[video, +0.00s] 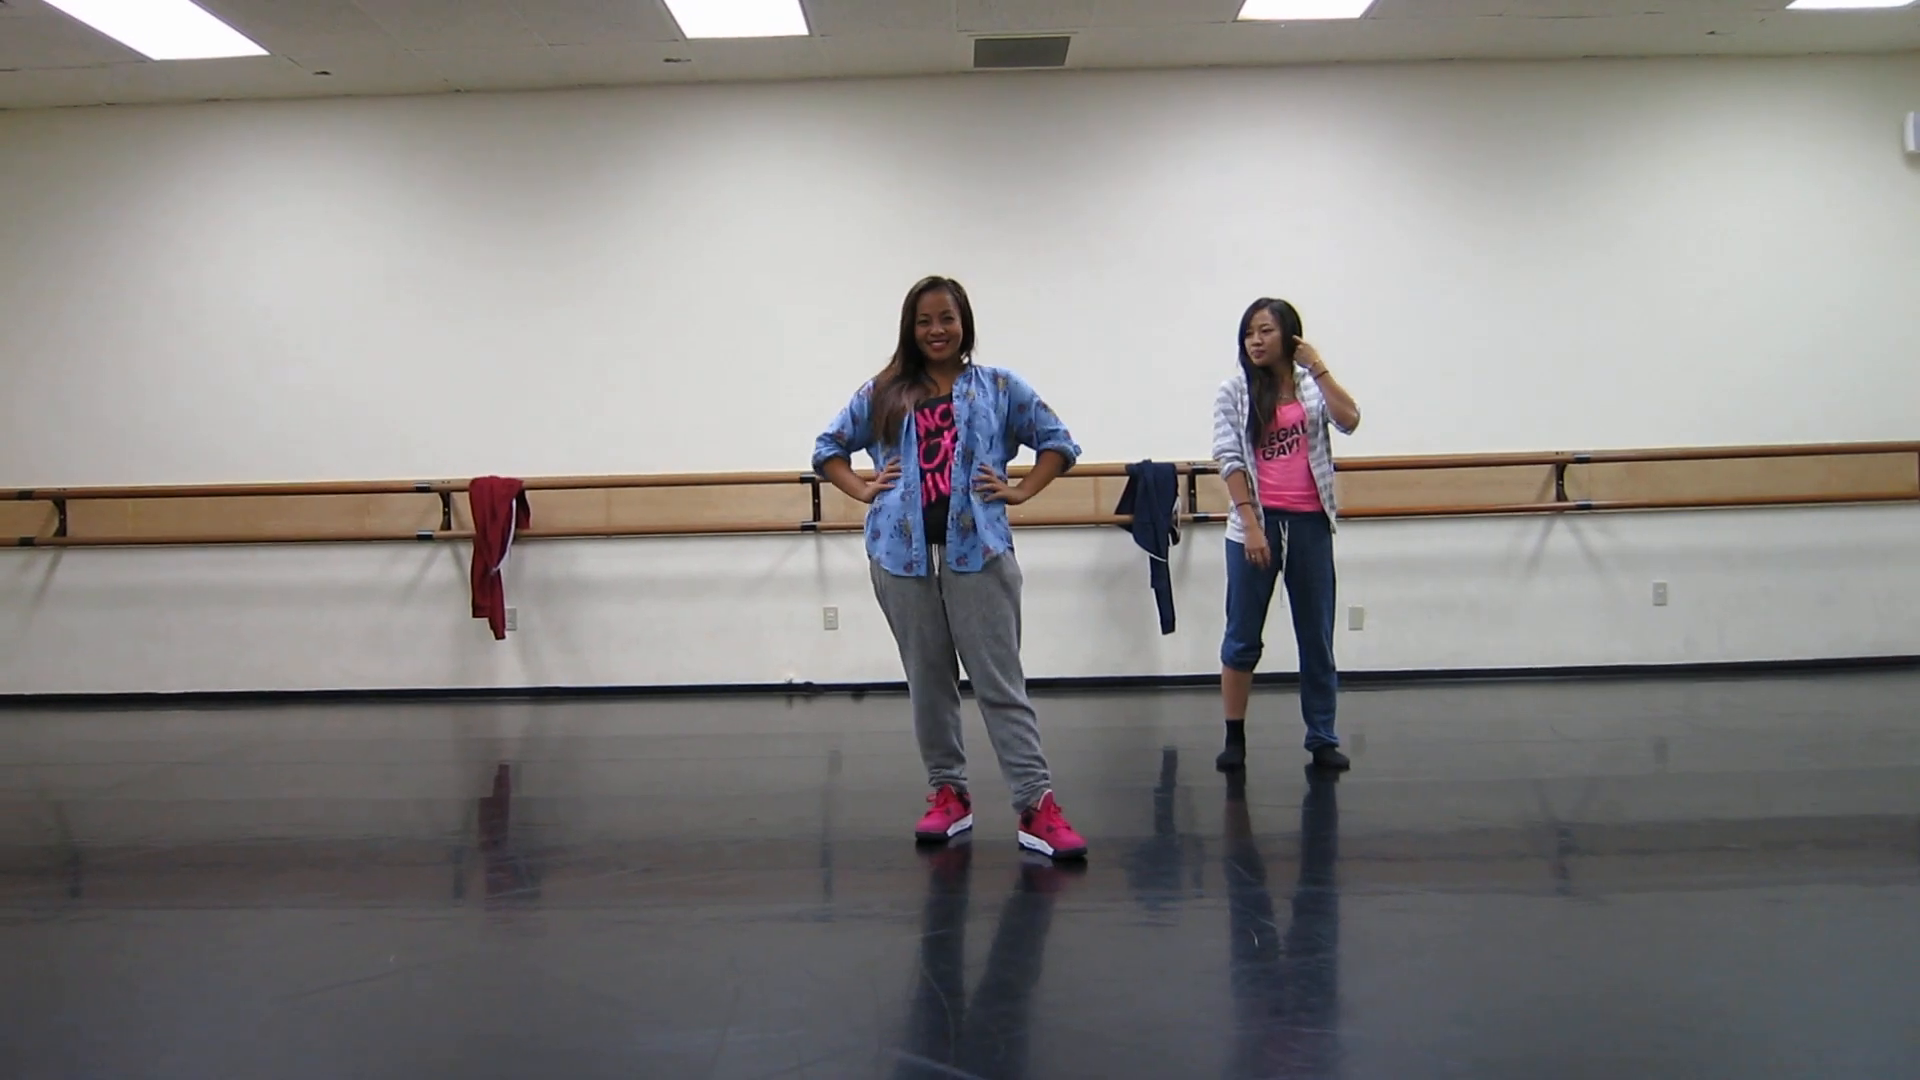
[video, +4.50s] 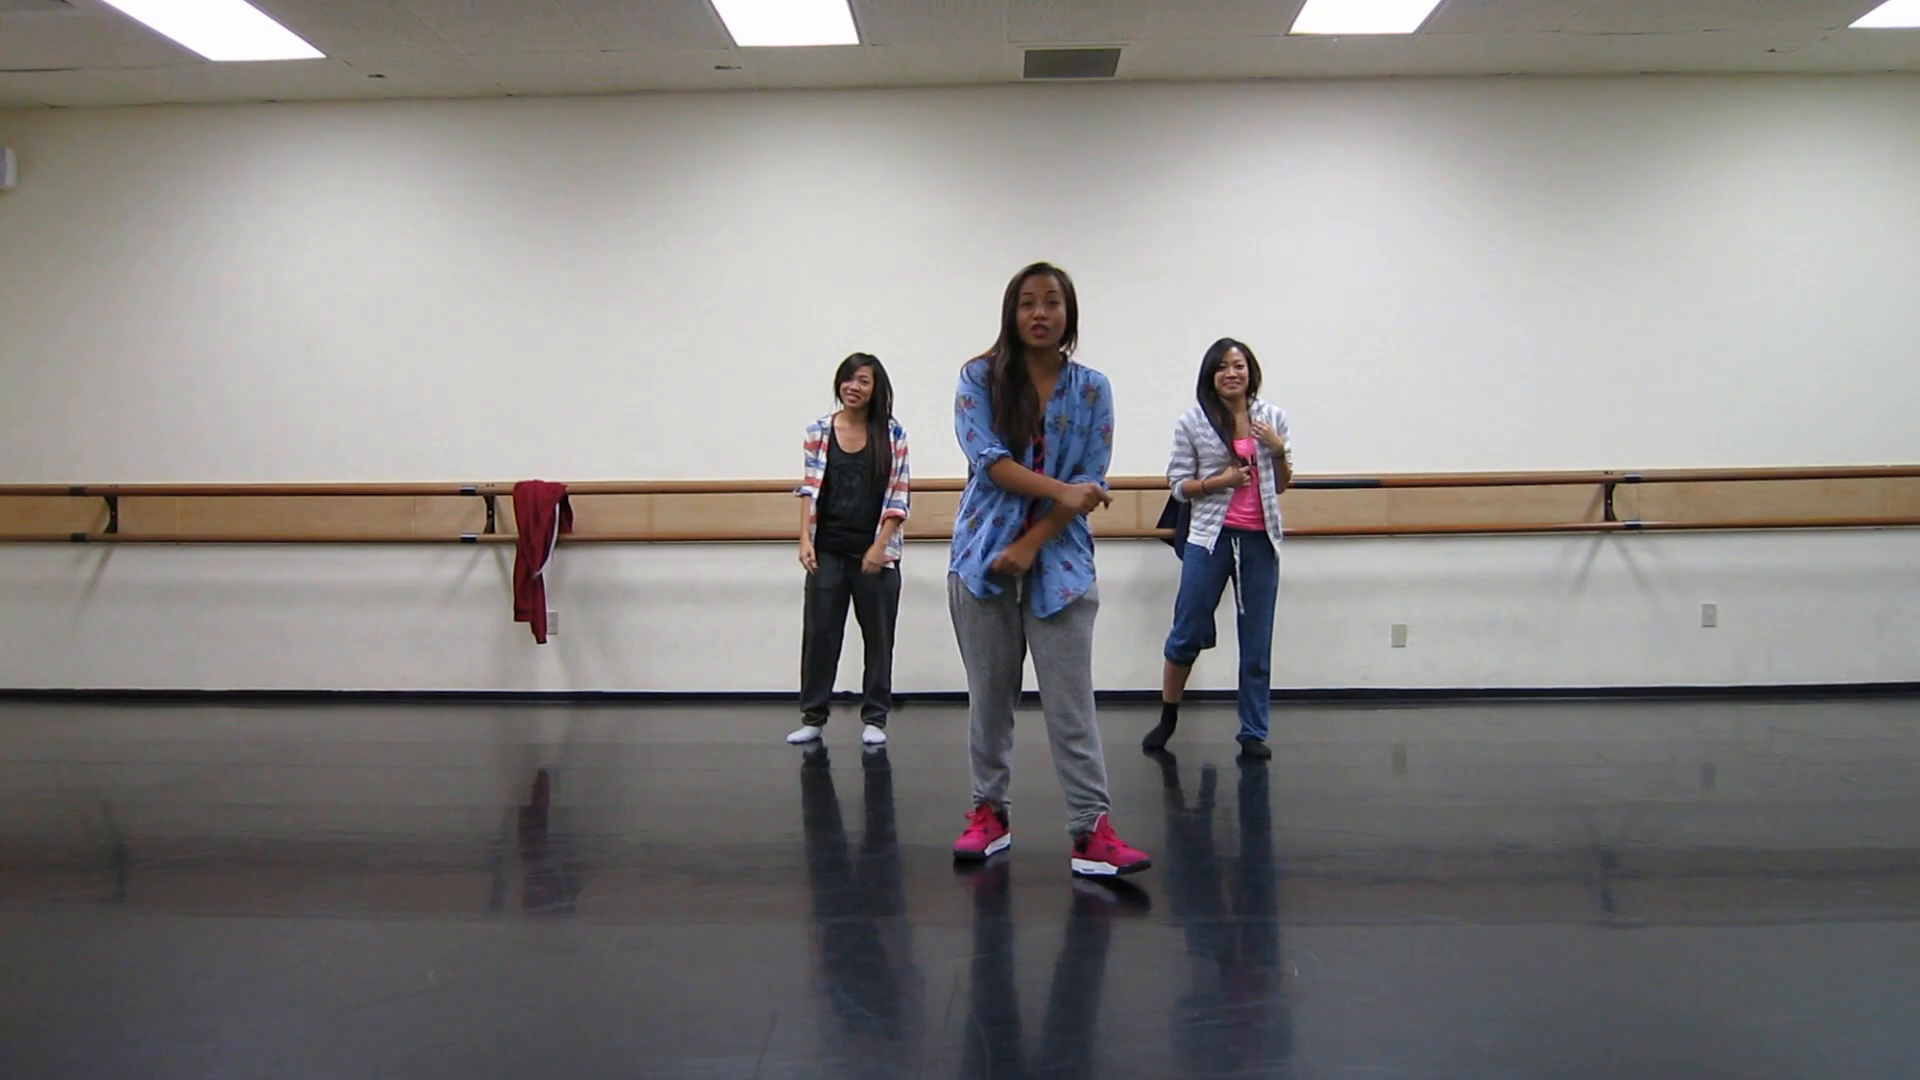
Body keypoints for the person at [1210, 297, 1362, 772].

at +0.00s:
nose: (1256, 340)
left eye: (1266, 331)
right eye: (1249, 333)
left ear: (1290, 338)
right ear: (1243, 341)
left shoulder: (1313, 386)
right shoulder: (1234, 391)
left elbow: (1349, 420)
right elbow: (1229, 460)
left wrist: (1318, 366)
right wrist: (1251, 524)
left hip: (1311, 524)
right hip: (1255, 523)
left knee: (1317, 639)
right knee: (1242, 639)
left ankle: (1323, 741)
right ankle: (1233, 739)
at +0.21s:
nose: (1270, 335)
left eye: (1280, 326)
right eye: (1262, 329)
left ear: (1300, 332)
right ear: (1253, 340)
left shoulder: (1320, 385)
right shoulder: (1239, 392)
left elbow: (1352, 454)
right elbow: (1234, 463)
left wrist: (1339, 398)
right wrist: (1257, 527)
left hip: (1316, 525)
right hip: (1260, 524)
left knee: (1324, 640)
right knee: (1248, 640)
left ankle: (1329, 742)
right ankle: (1239, 738)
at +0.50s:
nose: (1291, 334)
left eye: (1300, 325)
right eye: (1281, 328)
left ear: (1317, 332)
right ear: (1270, 338)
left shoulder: (1342, 388)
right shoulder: (1253, 393)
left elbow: (1354, 449)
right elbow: (1242, 465)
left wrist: (1358, 465)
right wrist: (1251, 530)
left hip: (1332, 524)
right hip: (1276, 523)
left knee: (1335, 638)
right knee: (1259, 637)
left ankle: (1336, 740)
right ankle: (1246, 736)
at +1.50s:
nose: (1259, 347)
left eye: (1269, 339)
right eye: (1251, 340)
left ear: (1283, 347)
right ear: (1237, 348)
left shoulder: (1300, 401)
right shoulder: (1215, 401)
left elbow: (1310, 458)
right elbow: (1206, 466)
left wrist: (1311, 491)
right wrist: (1214, 527)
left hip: (1277, 525)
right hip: (1224, 524)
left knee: (1300, 628)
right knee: (1222, 632)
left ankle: (1327, 729)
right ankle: (1226, 727)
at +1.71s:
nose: (1237, 344)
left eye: (1246, 336)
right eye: (1228, 337)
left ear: (1259, 344)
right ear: (1215, 346)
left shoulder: (1276, 396)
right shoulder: (1192, 398)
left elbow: (1288, 457)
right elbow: (1173, 464)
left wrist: (1267, 482)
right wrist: (1165, 524)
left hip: (1259, 520)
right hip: (1205, 521)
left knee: (1284, 615)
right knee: (1213, 629)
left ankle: (1275, 715)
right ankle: (1221, 725)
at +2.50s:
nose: (1242, 355)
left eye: (1249, 347)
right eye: (1232, 349)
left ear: (1261, 354)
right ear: (1220, 359)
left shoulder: (1275, 400)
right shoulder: (1206, 404)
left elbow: (1284, 463)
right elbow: (1173, 464)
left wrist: (1305, 435)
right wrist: (1196, 455)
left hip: (1263, 520)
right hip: (1219, 518)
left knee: (1256, 622)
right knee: (1224, 618)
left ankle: (1248, 712)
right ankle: (1210, 711)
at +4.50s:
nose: (1232, 373)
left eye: (1239, 366)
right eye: (1223, 367)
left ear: (1251, 372)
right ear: (1211, 376)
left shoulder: (1271, 417)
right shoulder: (1193, 422)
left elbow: (1283, 485)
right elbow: (1179, 485)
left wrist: (1278, 450)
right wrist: (1220, 481)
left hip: (1259, 536)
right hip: (1209, 535)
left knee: (1257, 643)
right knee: (1189, 631)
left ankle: (1253, 736)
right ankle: (1167, 718)